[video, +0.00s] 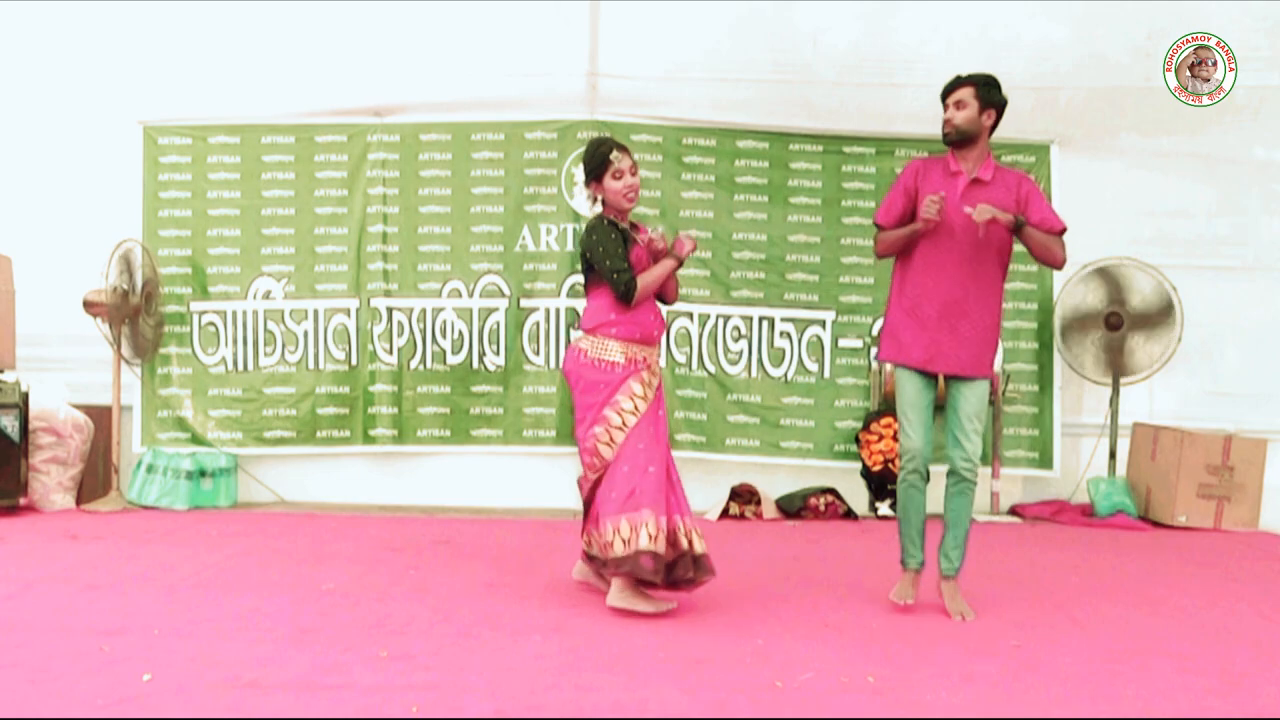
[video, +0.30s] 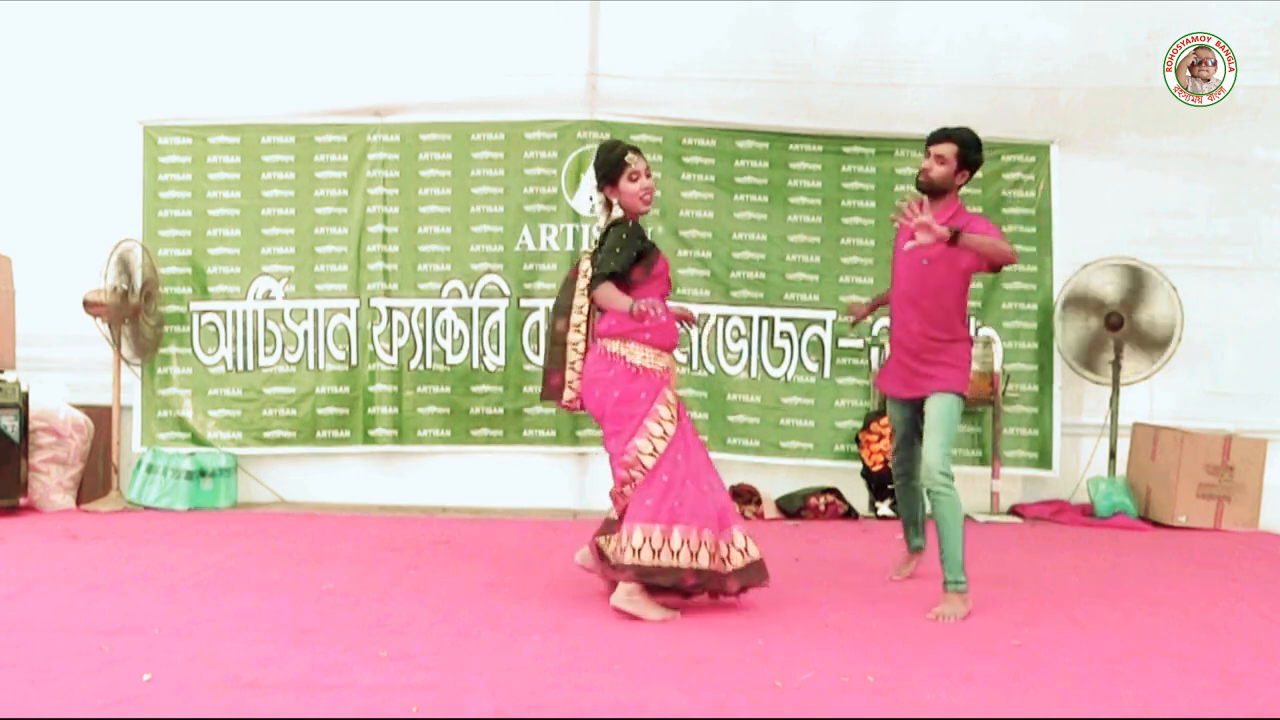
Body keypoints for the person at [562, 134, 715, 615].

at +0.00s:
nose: (630, 182)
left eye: (633, 172)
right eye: (618, 176)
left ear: (639, 175)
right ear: (597, 188)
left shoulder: (638, 234)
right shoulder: (600, 232)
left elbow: (668, 294)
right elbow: (627, 289)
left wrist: (663, 257)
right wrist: (672, 258)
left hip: (636, 359)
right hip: (605, 360)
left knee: (626, 458)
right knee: (635, 458)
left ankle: (594, 556)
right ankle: (625, 580)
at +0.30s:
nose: (647, 183)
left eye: (647, 174)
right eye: (634, 178)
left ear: (649, 178)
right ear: (612, 190)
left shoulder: (635, 234)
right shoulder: (623, 232)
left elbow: (629, 296)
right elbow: (598, 285)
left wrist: (670, 309)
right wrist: (631, 305)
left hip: (639, 371)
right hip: (623, 372)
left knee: (672, 463)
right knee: (665, 467)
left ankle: (612, 548)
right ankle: (631, 585)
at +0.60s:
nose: (626, 197)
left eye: (629, 187)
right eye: (613, 190)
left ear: (634, 192)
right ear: (591, 201)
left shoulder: (635, 245)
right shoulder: (591, 249)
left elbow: (632, 306)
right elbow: (585, 317)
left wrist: (670, 312)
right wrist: (645, 330)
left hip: (632, 371)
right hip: (597, 374)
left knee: (647, 465)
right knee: (627, 467)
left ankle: (598, 562)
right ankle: (622, 587)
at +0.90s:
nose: (600, 190)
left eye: (605, 181)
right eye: (589, 183)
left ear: (612, 187)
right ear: (568, 193)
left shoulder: (628, 241)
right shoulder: (557, 243)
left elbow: (646, 306)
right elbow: (544, 308)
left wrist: (618, 300)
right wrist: (595, 323)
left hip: (613, 363)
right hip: (564, 365)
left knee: (617, 455)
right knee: (561, 456)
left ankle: (612, 558)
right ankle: (545, 544)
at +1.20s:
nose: (591, 185)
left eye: (595, 176)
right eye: (580, 178)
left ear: (603, 182)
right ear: (559, 187)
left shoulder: (622, 241)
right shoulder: (544, 240)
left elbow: (632, 306)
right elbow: (520, 303)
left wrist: (628, 362)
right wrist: (513, 361)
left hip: (603, 364)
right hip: (550, 363)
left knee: (598, 456)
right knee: (551, 455)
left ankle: (590, 556)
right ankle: (551, 554)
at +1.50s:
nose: (600, 204)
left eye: (606, 194)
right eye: (588, 196)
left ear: (615, 198)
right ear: (570, 204)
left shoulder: (637, 252)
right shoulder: (560, 256)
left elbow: (641, 313)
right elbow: (549, 323)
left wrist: (633, 358)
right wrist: (566, 375)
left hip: (614, 368)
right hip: (564, 366)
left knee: (605, 458)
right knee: (563, 456)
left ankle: (596, 557)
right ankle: (558, 552)